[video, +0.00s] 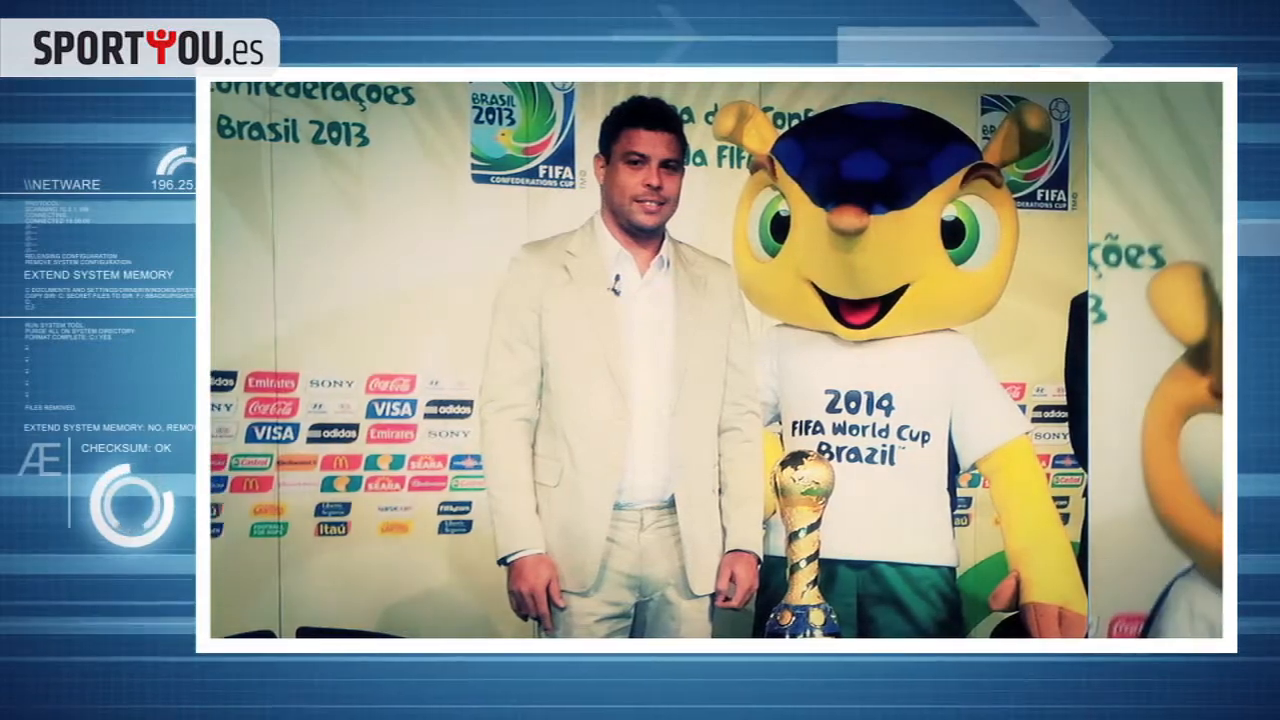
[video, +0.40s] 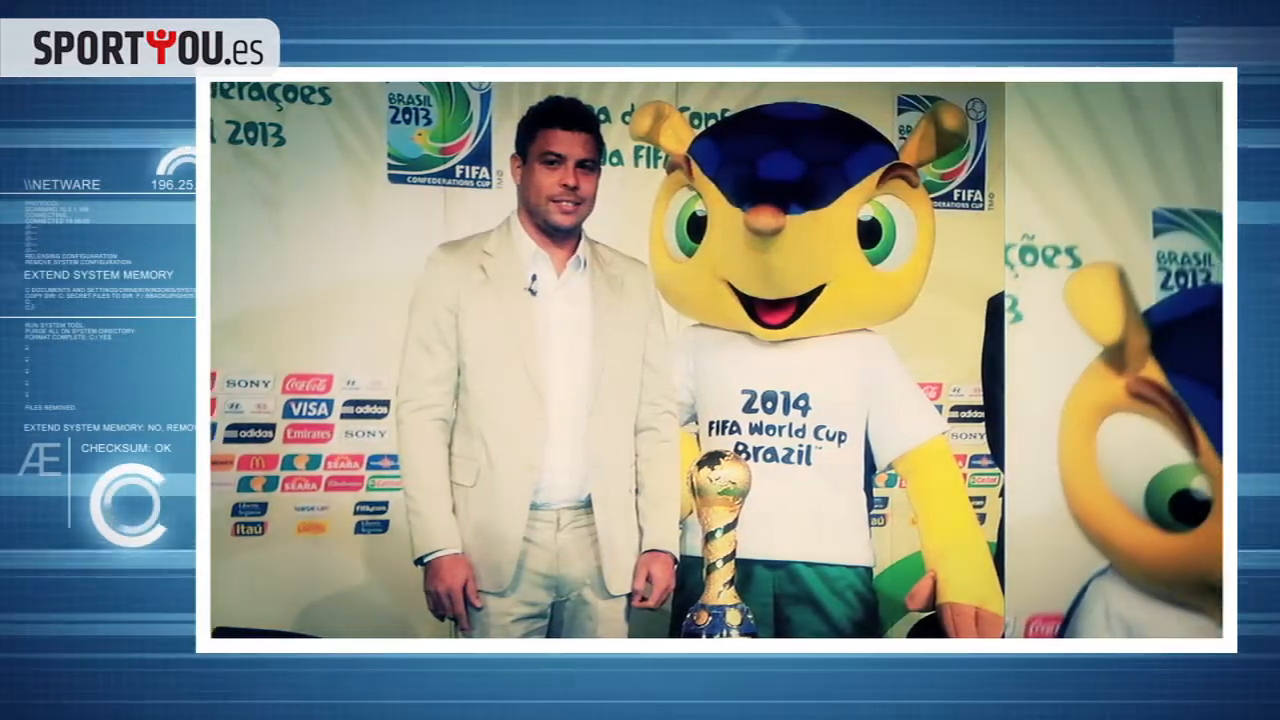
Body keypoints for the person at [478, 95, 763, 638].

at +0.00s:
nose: (655, 180)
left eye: (671, 166)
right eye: (636, 162)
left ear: (684, 178)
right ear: (601, 170)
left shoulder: (717, 282)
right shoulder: (539, 270)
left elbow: (740, 423)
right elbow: (505, 415)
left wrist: (742, 543)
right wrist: (523, 549)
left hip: (689, 542)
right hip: (581, 544)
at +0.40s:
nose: (571, 180)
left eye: (587, 166)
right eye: (552, 162)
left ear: (600, 178)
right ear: (517, 170)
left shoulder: (633, 282)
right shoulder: (455, 270)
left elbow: (656, 423)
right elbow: (421, 414)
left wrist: (659, 543)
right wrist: (439, 548)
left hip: (606, 542)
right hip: (498, 544)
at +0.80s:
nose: (488, 180)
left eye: (504, 166)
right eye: (469, 162)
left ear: (517, 178)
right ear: (434, 170)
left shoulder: (550, 282)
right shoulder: (371, 270)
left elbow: (573, 423)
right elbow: (338, 414)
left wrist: (576, 543)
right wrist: (356, 548)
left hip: (522, 543)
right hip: (415, 544)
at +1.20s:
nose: (405, 181)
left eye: (420, 166)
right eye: (386, 162)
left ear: (433, 178)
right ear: (351, 170)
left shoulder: (466, 282)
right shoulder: (288, 270)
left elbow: (490, 422)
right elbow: (255, 413)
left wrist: (492, 542)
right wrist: (273, 548)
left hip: (439, 544)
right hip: (332, 545)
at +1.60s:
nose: (321, 180)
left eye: (337, 166)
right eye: (302, 162)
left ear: (350, 178)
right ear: (267, 169)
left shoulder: (386, 284)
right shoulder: (205, 275)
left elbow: (406, 422)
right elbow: (179, 416)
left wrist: (409, 542)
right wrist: (195, 543)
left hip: (357, 542)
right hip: (248, 543)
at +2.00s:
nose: (237, 180)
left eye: (253, 166)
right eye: (220, 162)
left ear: (267, 177)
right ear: (190, 169)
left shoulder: (300, 284)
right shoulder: (149, 274)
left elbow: (322, 422)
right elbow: (112, 405)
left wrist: (325, 542)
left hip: (264, 538)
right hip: (164, 537)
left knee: (261, 711)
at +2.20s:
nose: (200, 182)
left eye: (211, 166)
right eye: (188, 166)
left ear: (226, 175)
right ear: (162, 174)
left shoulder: (256, 283)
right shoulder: (111, 279)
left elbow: (281, 422)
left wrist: (285, 542)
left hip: (224, 548)